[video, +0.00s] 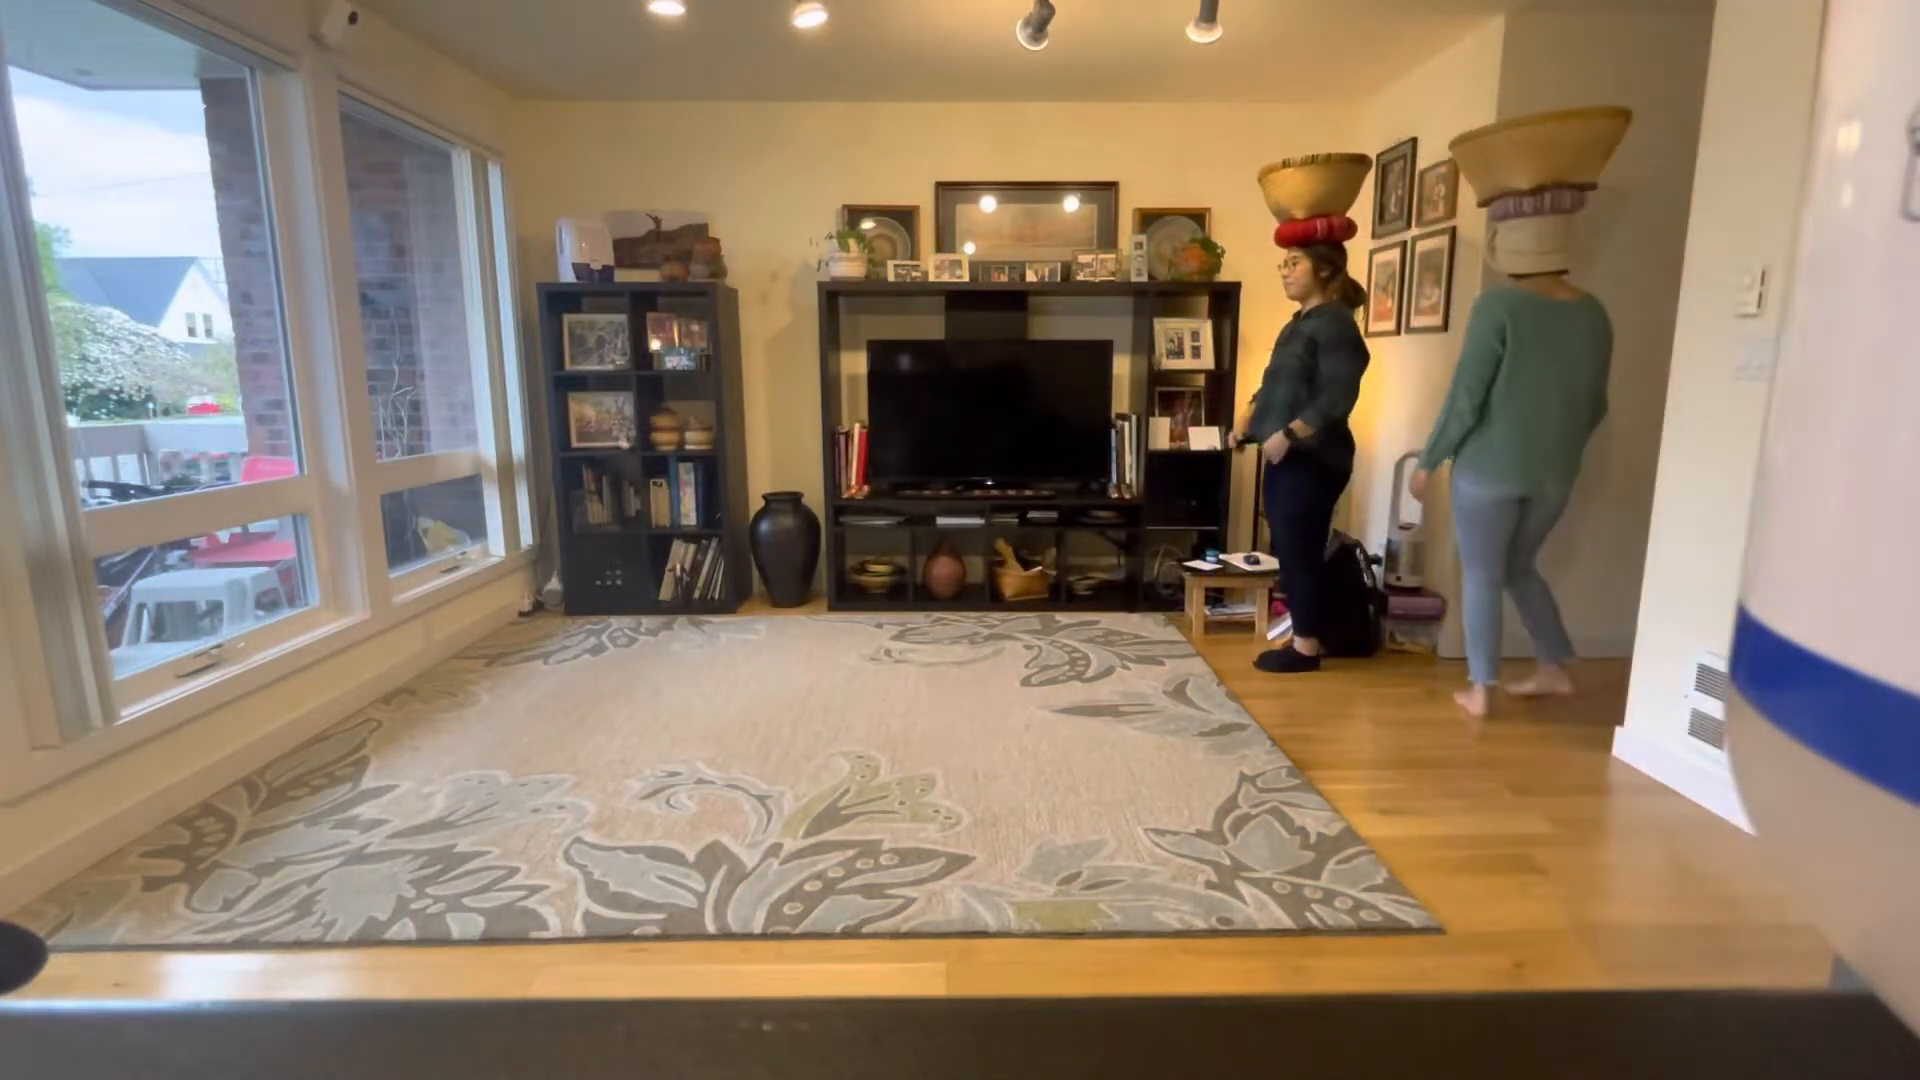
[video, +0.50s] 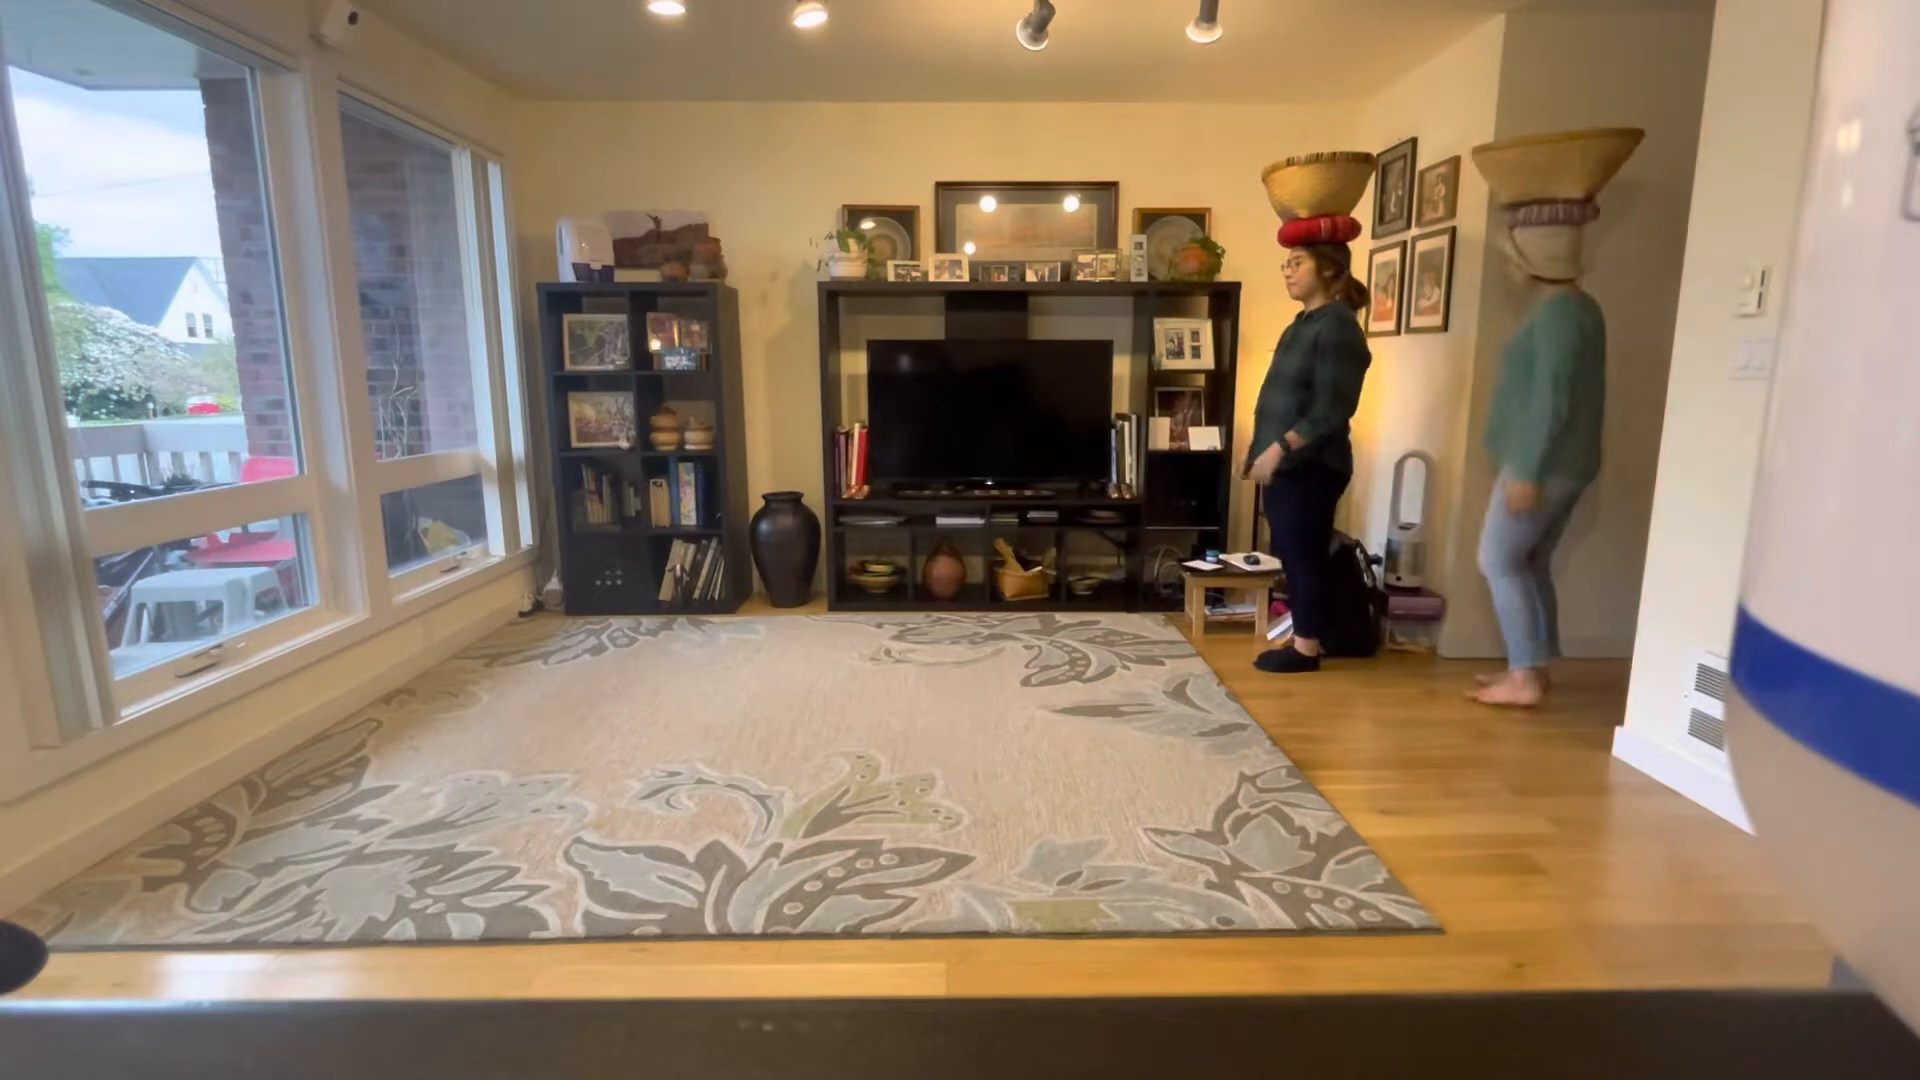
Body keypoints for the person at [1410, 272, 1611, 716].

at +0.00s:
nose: (1499, 261)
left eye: (1501, 253)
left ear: (1508, 258)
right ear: (1559, 256)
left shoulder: (1498, 305)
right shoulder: (1591, 312)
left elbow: (1467, 399)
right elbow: (1595, 404)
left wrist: (1427, 461)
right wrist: (1559, 448)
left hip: (1491, 463)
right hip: (1555, 468)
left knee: (1482, 575)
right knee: (1520, 567)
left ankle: (1480, 689)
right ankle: (1554, 667)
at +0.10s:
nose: (1498, 263)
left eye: (1501, 254)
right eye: (1502, 253)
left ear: (1509, 258)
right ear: (1560, 256)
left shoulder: (1506, 306)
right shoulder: (1590, 314)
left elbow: (1474, 396)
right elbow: (1594, 404)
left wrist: (1429, 455)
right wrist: (1560, 444)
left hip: (1495, 464)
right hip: (1556, 468)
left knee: (1486, 575)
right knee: (1520, 567)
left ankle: (1481, 689)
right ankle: (1543, 658)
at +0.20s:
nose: (1498, 264)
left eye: (1500, 256)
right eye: (1502, 255)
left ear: (1511, 261)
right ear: (1560, 259)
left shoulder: (1516, 311)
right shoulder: (1589, 317)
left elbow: (1486, 401)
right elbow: (1590, 404)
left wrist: (1435, 454)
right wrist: (1552, 435)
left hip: (1504, 465)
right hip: (1559, 468)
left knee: (1490, 572)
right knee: (1520, 566)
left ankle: (1482, 689)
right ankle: (1533, 661)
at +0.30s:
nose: (1508, 270)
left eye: (1510, 262)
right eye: (1510, 260)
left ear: (1518, 268)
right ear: (1565, 262)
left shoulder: (1535, 317)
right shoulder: (1586, 314)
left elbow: (1509, 410)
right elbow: (1576, 398)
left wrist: (1459, 465)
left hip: (1522, 469)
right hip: (1566, 469)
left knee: (1494, 573)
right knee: (1525, 567)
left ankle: (1486, 686)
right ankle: (1534, 665)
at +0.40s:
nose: (1508, 262)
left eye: (1511, 255)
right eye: (1511, 252)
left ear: (1523, 260)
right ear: (1566, 258)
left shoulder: (1546, 314)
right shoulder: (1583, 311)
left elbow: (1534, 405)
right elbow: (1578, 400)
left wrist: (1494, 472)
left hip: (1536, 468)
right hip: (1567, 467)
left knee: (1494, 564)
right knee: (1528, 564)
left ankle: (1506, 678)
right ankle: (1536, 664)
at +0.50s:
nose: (1509, 263)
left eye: (1514, 255)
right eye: (1511, 253)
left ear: (1530, 261)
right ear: (1567, 257)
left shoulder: (1556, 313)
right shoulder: (1582, 309)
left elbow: (1551, 399)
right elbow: (1571, 399)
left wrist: (1525, 471)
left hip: (1538, 466)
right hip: (1567, 466)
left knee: (1499, 562)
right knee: (1531, 563)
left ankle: (1523, 676)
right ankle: (1536, 665)